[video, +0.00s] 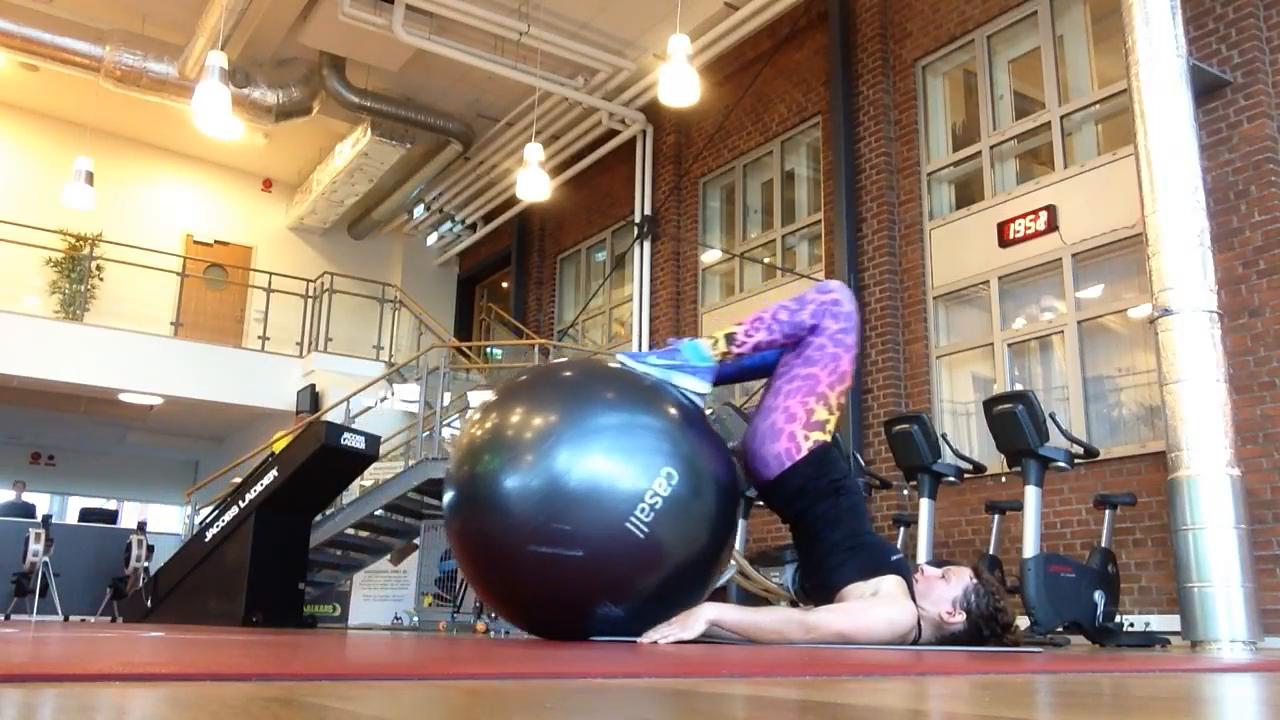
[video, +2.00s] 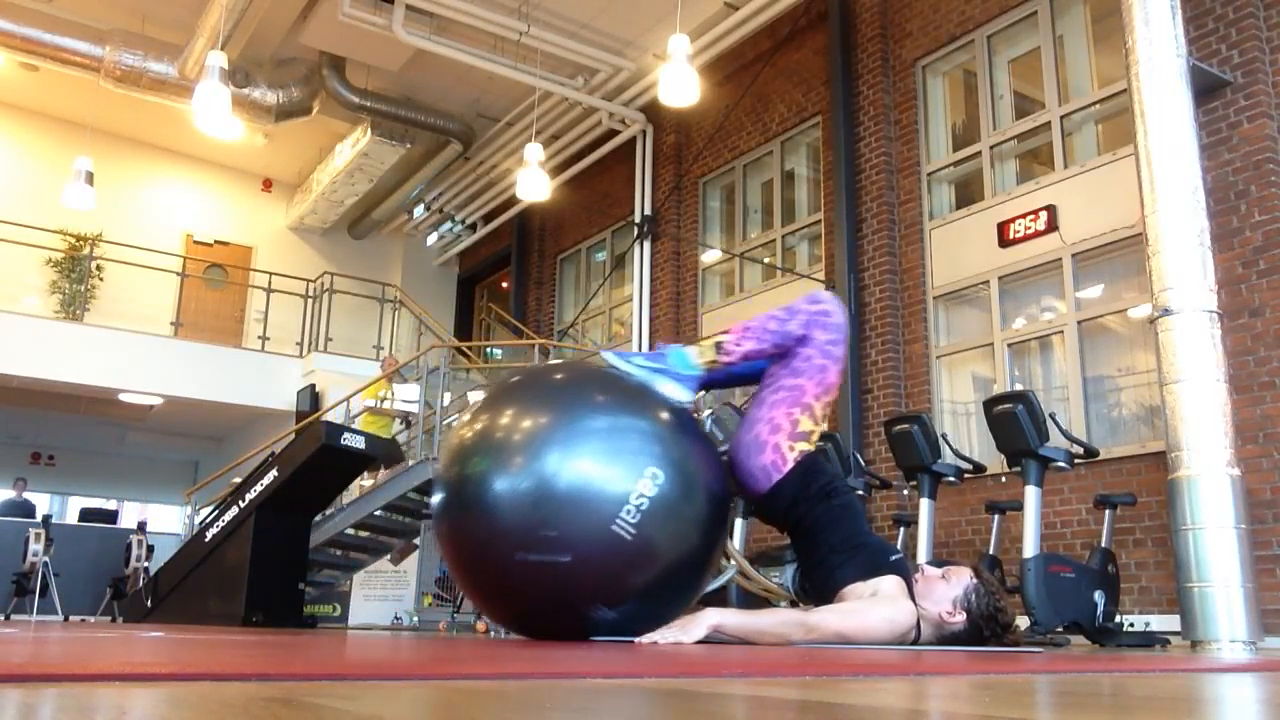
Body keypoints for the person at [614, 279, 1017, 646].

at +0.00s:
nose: (930, 570)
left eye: (943, 578)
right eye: (944, 569)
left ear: (948, 614)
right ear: (948, 613)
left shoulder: (893, 617)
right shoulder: (910, 610)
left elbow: (800, 628)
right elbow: (803, 623)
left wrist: (708, 614)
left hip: (784, 455)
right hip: (809, 455)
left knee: (835, 303)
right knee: (831, 314)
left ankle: (702, 366)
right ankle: (708, 369)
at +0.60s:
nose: (940, 564)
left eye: (950, 578)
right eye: (951, 567)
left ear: (946, 615)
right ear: (940, 583)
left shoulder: (894, 614)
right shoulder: (900, 595)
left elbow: (800, 626)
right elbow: (799, 625)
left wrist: (710, 616)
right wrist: (710, 615)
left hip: (769, 469)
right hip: (791, 463)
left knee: (754, 305)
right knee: (757, 316)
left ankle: (621, 365)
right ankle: (626, 372)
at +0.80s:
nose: (935, 569)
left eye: (946, 580)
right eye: (948, 569)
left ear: (945, 617)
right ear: (945, 602)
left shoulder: (891, 611)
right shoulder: (897, 596)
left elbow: (803, 628)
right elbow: (808, 623)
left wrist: (708, 613)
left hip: (762, 476)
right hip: (780, 465)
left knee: (698, 323)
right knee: (705, 330)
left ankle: (557, 364)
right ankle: (574, 372)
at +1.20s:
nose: (936, 568)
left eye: (949, 581)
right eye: (949, 569)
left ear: (945, 618)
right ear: (942, 604)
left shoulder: (892, 610)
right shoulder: (890, 594)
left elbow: (805, 625)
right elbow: (802, 622)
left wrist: (711, 618)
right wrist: (713, 622)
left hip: (751, 484)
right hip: (764, 470)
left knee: (642, 376)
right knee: (648, 379)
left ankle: (488, 364)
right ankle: (514, 384)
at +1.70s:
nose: (936, 569)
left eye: (946, 580)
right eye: (949, 570)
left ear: (944, 615)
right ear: (943, 604)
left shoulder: (890, 610)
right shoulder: (893, 596)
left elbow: (804, 630)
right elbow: (806, 623)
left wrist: (709, 616)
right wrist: (714, 617)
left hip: (749, 482)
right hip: (763, 471)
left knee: (699, 325)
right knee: (701, 333)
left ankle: (557, 368)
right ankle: (565, 373)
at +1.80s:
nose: (939, 567)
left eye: (949, 579)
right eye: (949, 570)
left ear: (945, 613)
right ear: (937, 584)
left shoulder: (893, 614)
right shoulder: (895, 600)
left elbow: (798, 627)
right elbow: (796, 625)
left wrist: (705, 621)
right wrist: (705, 620)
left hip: (750, 478)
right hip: (765, 472)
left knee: (745, 320)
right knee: (747, 319)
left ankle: (605, 365)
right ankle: (614, 373)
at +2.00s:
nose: (934, 567)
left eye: (946, 577)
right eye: (947, 569)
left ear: (947, 614)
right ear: (946, 612)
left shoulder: (894, 613)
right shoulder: (904, 604)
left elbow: (801, 626)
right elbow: (806, 623)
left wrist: (712, 621)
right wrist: (718, 622)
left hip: (771, 466)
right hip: (792, 468)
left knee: (825, 310)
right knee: (822, 323)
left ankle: (685, 366)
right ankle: (693, 371)